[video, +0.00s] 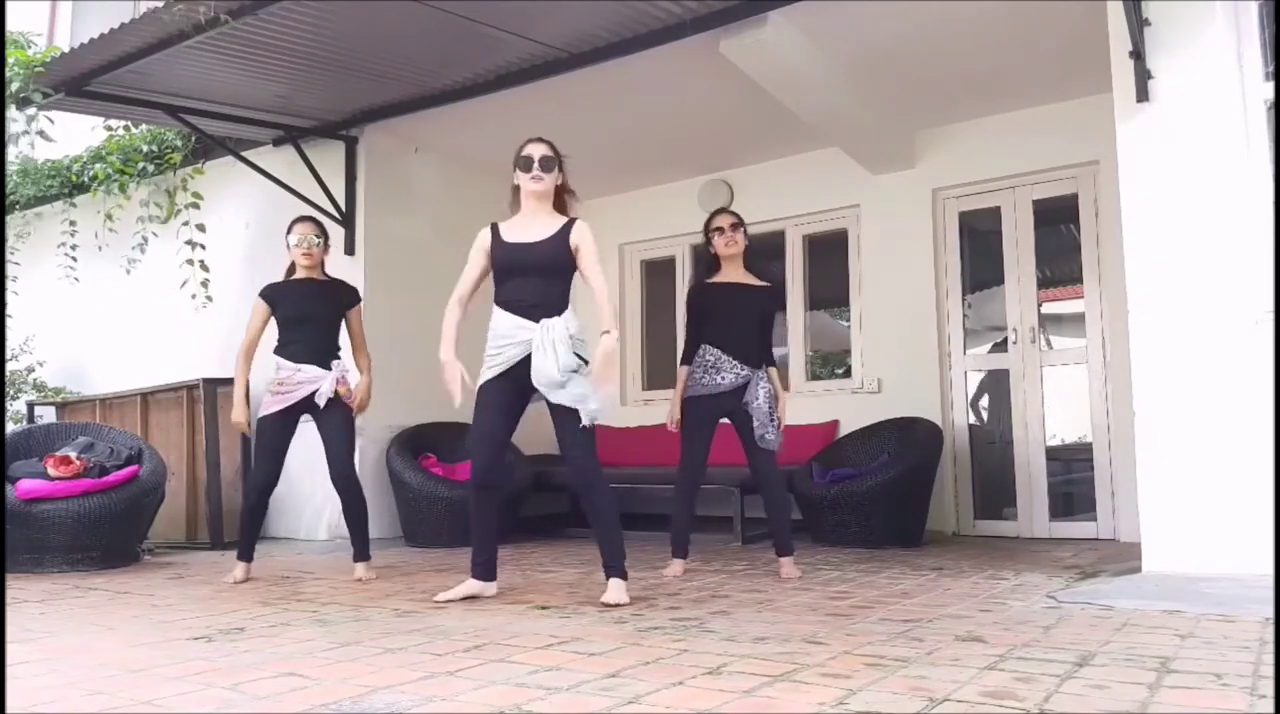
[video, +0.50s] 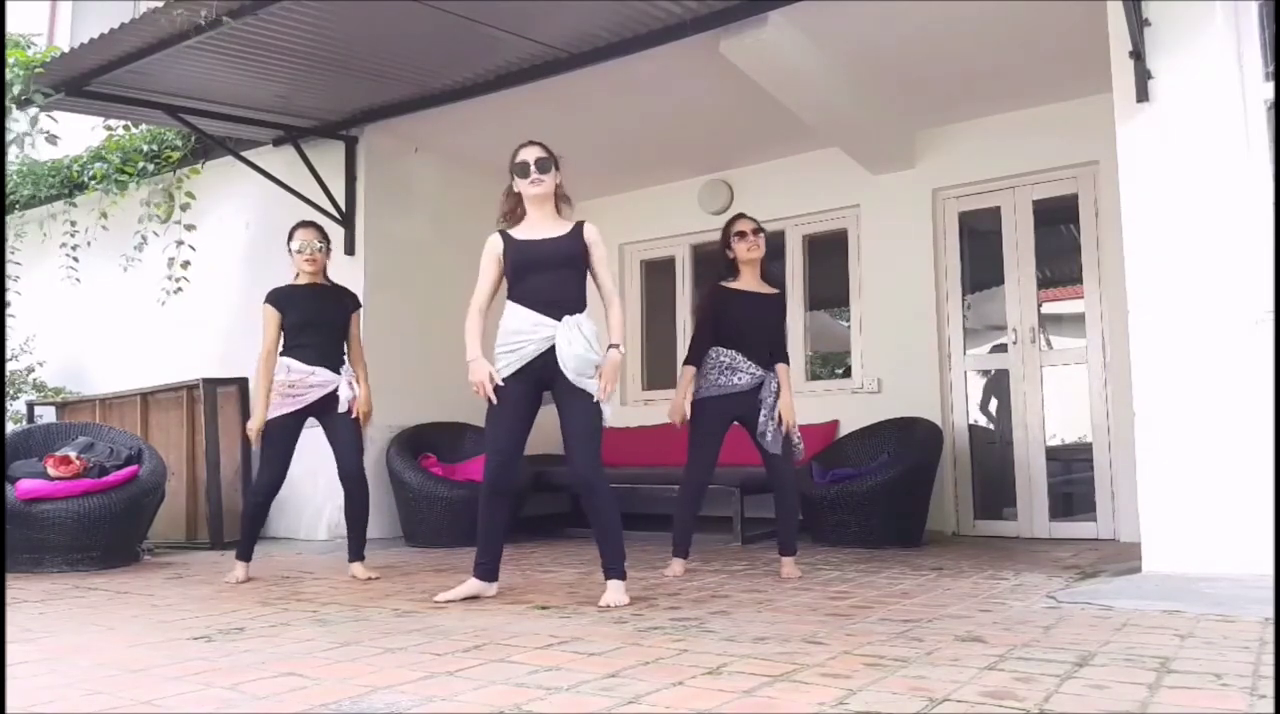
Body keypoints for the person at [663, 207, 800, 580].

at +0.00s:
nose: (727, 235)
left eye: (733, 229)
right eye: (718, 231)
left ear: (745, 236)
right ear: (710, 242)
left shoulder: (766, 289)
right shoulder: (700, 290)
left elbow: (767, 347)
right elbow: (690, 346)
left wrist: (781, 392)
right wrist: (676, 398)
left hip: (750, 389)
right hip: (702, 389)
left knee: (768, 472)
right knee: (688, 474)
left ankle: (785, 555)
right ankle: (678, 557)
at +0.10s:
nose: (731, 234)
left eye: (737, 227)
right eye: (722, 230)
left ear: (748, 235)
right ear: (713, 242)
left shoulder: (766, 290)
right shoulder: (701, 286)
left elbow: (771, 348)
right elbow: (688, 338)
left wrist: (783, 394)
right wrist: (680, 385)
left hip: (752, 388)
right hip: (705, 387)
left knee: (771, 472)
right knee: (689, 473)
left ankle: (786, 554)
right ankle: (677, 557)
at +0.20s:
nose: (737, 240)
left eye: (743, 233)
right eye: (728, 237)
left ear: (753, 241)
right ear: (718, 249)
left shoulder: (770, 296)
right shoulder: (704, 290)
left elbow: (778, 351)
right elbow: (686, 341)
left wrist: (789, 400)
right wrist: (682, 386)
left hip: (757, 390)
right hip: (709, 390)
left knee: (775, 474)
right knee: (692, 475)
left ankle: (787, 556)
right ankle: (678, 557)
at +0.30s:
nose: (744, 248)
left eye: (749, 242)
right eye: (734, 246)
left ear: (759, 250)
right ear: (725, 258)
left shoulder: (774, 304)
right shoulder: (710, 299)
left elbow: (782, 359)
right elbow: (689, 350)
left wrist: (793, 407)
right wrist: (683, 396)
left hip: (761, 394)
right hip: (713, 394)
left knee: (780, 476)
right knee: (693, 475)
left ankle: (788, 556)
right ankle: (679, 557)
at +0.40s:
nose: (749, 246)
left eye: (754, 240)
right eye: (739, 243)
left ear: (763, 248)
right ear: (729, 257)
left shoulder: (779, 303)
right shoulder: (716, 299)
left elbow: (784, 359)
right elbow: (694, 353)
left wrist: (790, 407)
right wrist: (683, 403)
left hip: (763, 398)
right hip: (715, 397)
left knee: (782, 477)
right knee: (697, 476)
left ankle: (788, 557)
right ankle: (679, 558)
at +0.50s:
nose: (751, 239)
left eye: (756, 233)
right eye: (741, 236)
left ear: (765, 242)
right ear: (729, 249)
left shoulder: (775, 296)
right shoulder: (717, 293)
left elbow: (779, 351)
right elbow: (698, 345)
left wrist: (786, 397)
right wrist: (681, 392)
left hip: (761, 393)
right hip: (714, 392)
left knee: (783, 474)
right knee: (697, 474)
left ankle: (788, 556)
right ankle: (678, 557)